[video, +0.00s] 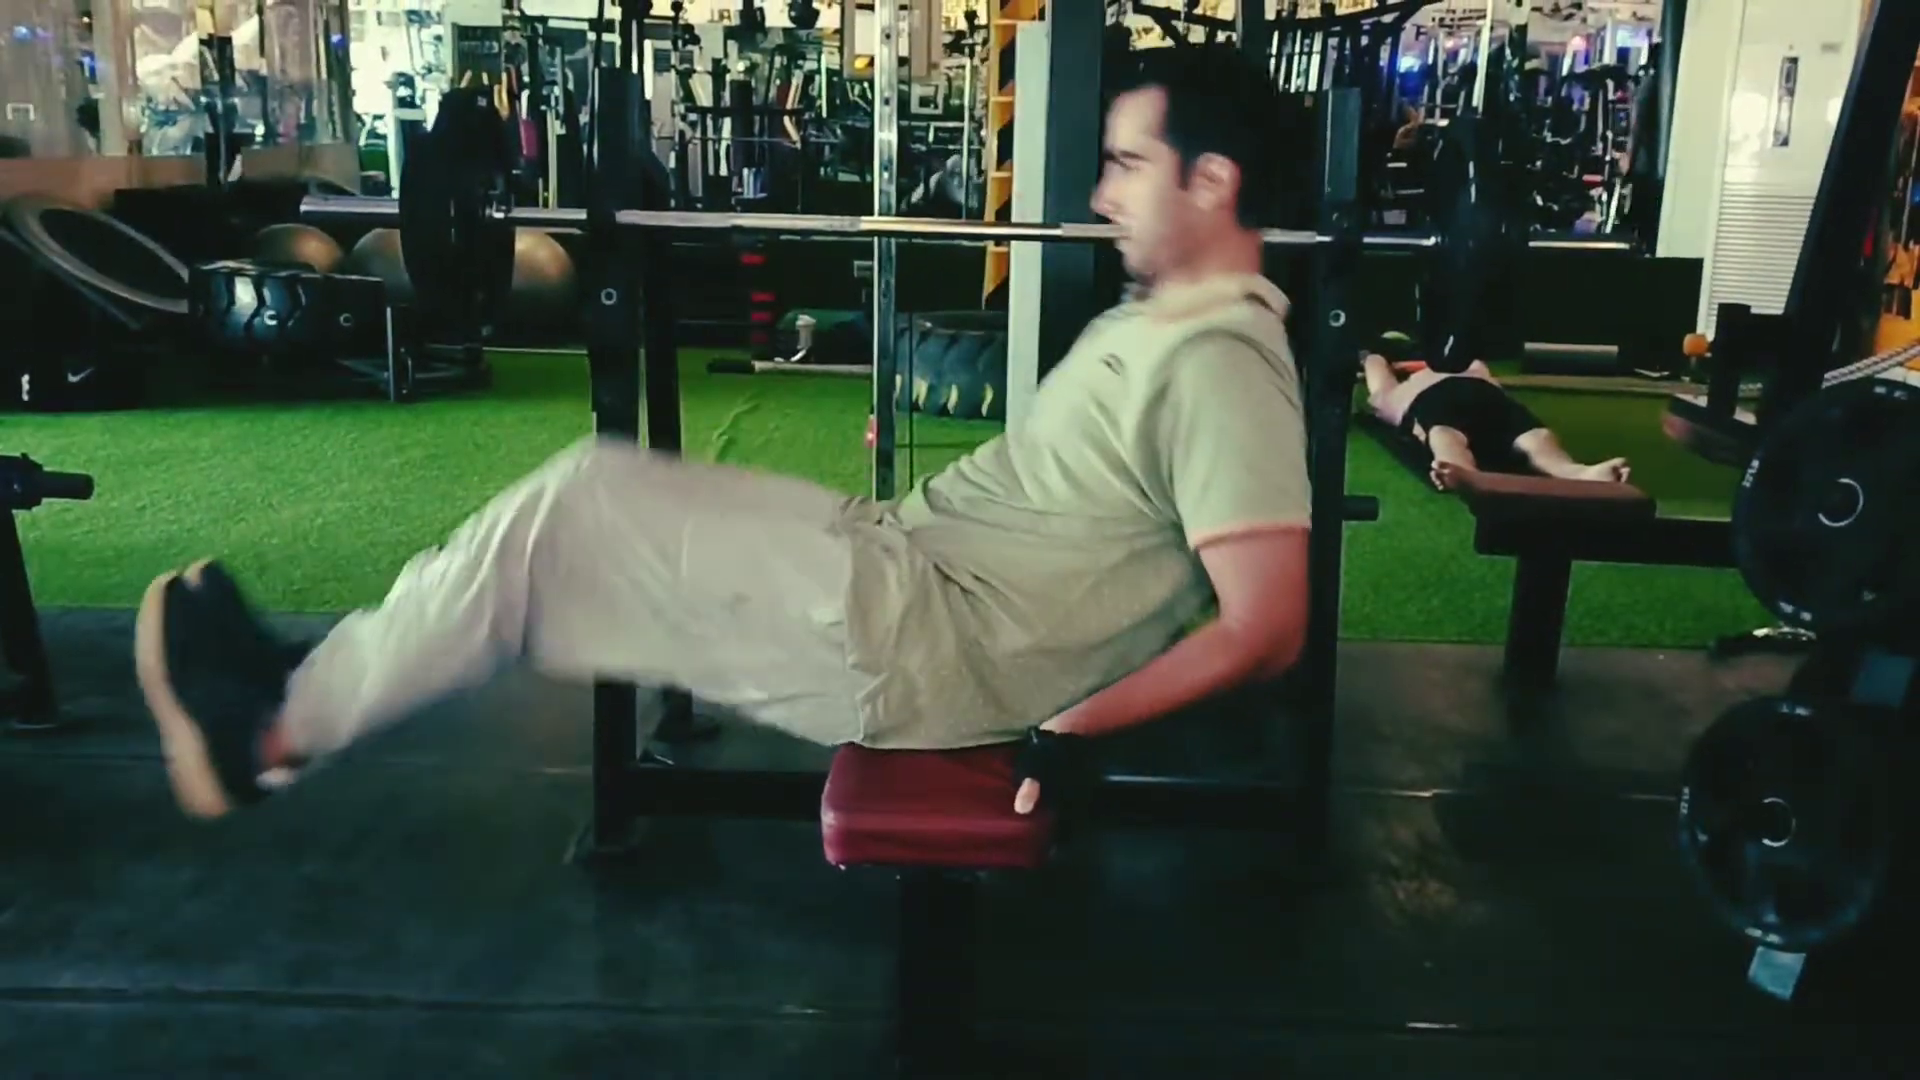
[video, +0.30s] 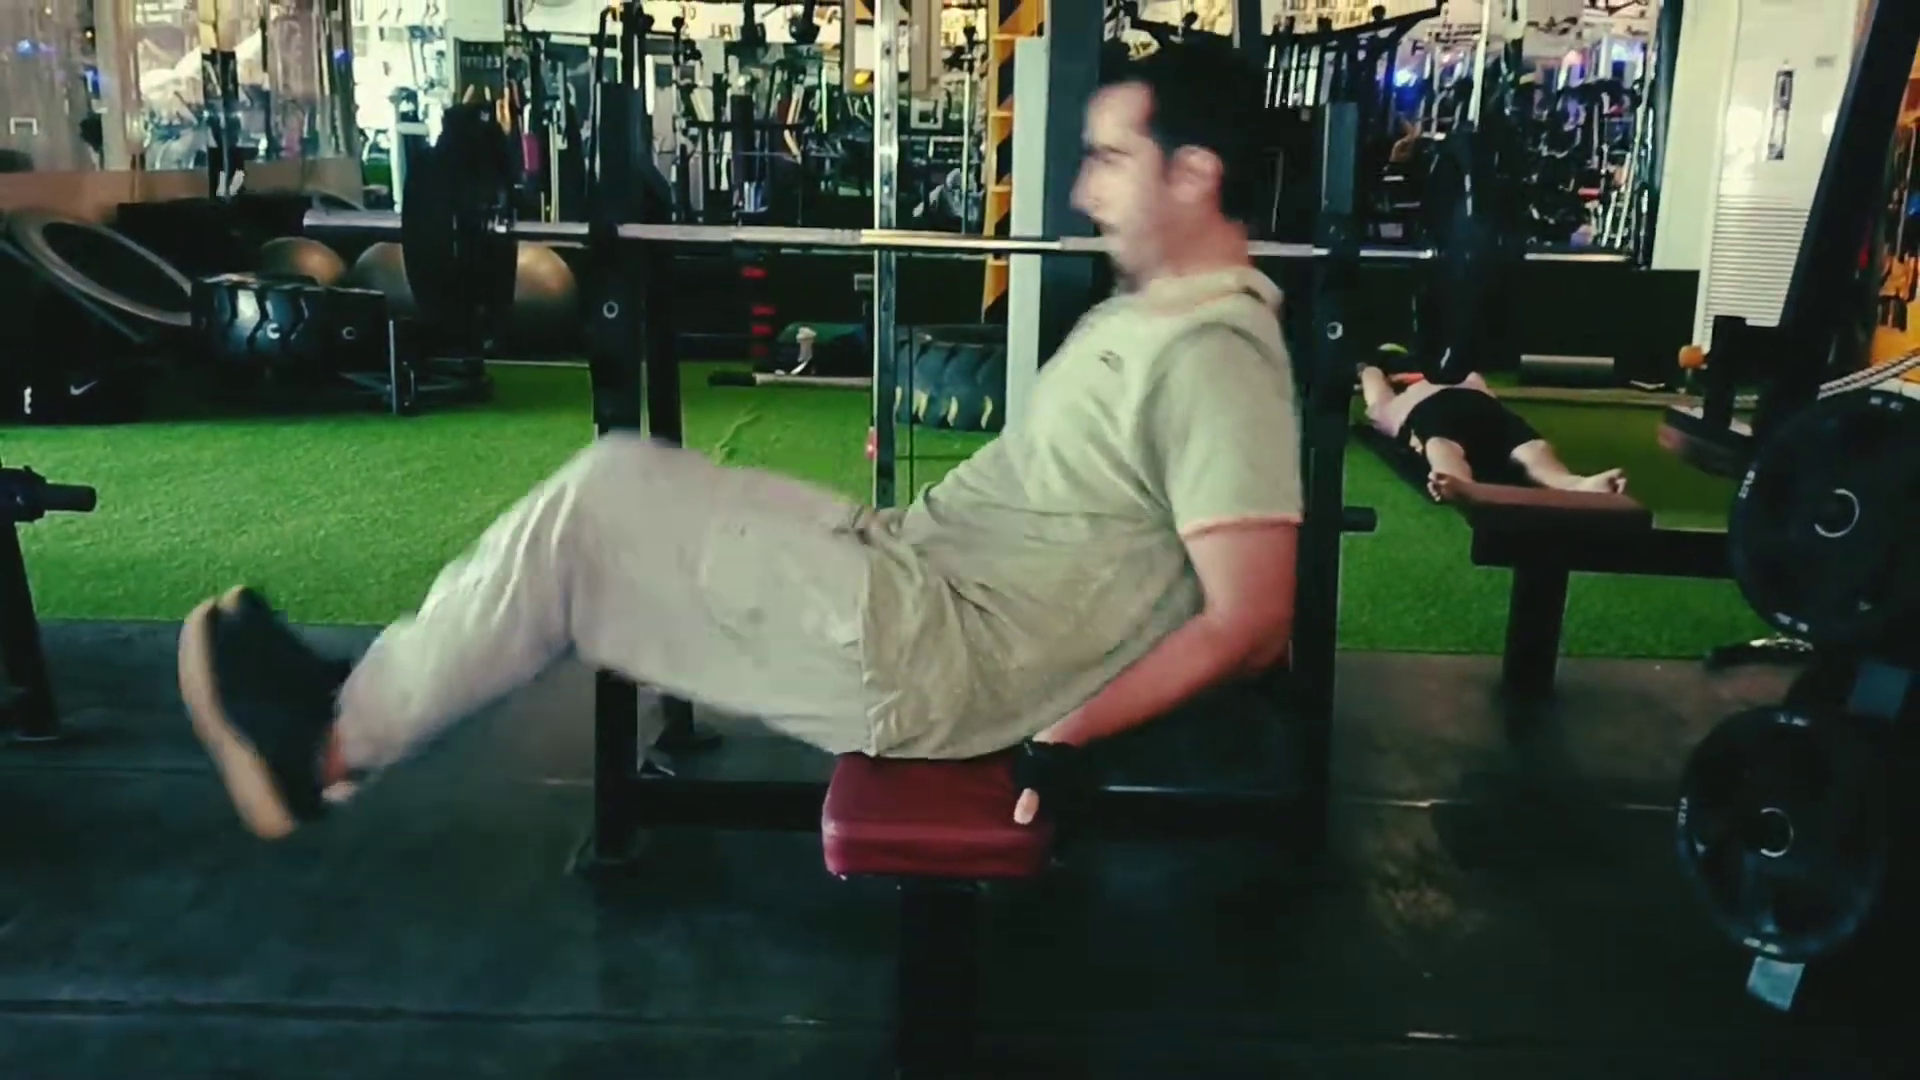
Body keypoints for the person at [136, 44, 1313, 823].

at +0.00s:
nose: (1104, 197)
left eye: (1129, 168)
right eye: (1108, 169)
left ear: (1218, 184)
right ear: (1202, 188)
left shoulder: (1220, 354)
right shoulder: (1168, 324)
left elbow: (1268, 622)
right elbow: (1206, 575)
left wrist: (1084, 723)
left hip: (939, 640)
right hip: (910, 580)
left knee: (579, 510)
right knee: (588, 488)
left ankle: (262, 743)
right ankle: (297, 690)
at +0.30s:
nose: (1089, 186)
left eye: (1112, 160)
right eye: (1091, 160)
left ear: (1201, 177)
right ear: (1183, 180)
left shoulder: (1216, 343)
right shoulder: (1161, 316)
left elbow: (1250, 618)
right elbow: (1178, 562)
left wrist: (1065, 727)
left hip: (943, 649)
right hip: (915, 581)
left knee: (599, 512)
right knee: (609, 484)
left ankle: (315, 756)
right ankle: (344, 712)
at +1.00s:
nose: (1137, 234)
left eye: (1161, 208)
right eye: (1141, 208)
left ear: (1249, 226)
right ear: (1229, 231)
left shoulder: (1252, 393)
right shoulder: (1191, 363)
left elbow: (1271, 667)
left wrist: (1058, 761)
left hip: (931, 661)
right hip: (903, 590)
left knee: (566, 603)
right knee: (587, 559)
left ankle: (250, 810)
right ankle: (287, 762)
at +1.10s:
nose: (1135, 225)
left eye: (1158, 198)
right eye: (1138, 199)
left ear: (1244, 218)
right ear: (1229, 223)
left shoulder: (1247, 387)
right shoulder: (1193, 358)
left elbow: (1268, 663)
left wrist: (1060, 756)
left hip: (928, 664)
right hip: (902, 597)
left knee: (571, 587)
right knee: (584, 550)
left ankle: (269, 807)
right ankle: (297, 768)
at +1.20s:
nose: (1078, 203)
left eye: (1100, 176)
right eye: (1080, 177)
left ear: (1191, 187)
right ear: (1162, 191)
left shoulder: (1215, 358)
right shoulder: (1157, 328)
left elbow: (1250, 630)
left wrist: (1057, 751)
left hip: (954, 667)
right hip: (924, 610)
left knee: (611, 501)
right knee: (614, 492)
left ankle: (330, 750)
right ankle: (347, 722)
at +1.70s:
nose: (984, 199)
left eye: (1000, 169)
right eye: (984, 171)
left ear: (1087, 177)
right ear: (1083, 177)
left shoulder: (1131, 345)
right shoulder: (1083, 312)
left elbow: (1229, 612)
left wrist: (1042, 754)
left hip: (942, 687)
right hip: (918, 618)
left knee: (616, 463)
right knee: (642, 431)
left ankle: (374, 745)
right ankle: (394, 704)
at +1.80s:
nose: (1069, 228)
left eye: (1090, 200)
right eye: (1069, 201)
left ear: (1179, 209)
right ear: (1151, 212)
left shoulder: (1192, 375)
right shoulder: (1145, 348)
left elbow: (1258, 646)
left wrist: (1059, 763)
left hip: (931, 683)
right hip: (899, 612)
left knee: (564, 559)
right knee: (581, 531)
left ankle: (267, 814)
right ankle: (299, 776)